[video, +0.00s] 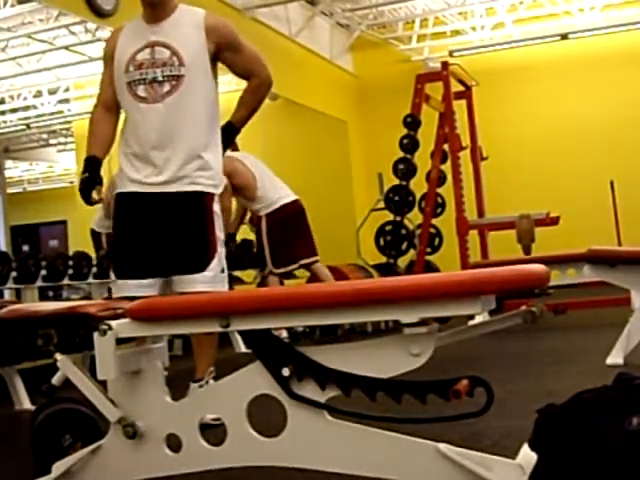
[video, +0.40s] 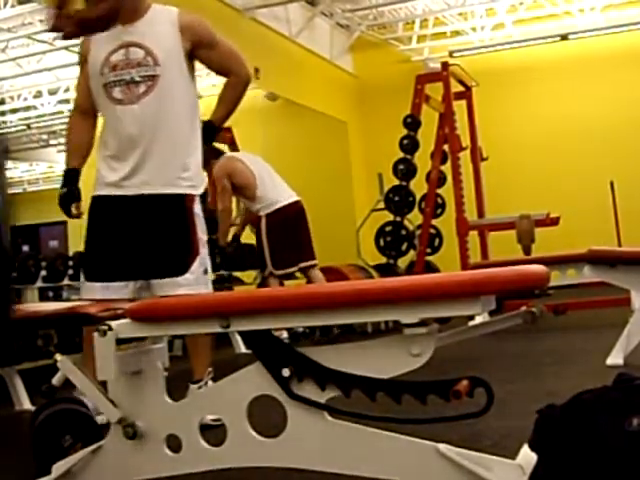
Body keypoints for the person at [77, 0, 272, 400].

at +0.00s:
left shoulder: (209, 29)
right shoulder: (119, 39)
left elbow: (261, 78)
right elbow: (106, 106)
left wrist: (232, 129)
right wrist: (93, 161)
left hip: (193, 179)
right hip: (135, 182)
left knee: (201, 294)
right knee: (135, 297)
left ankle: (203, 383)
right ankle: (143, 387)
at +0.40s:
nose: (92, 10)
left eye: (96, 4)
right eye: (89, 8)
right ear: (98, 2)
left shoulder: (182, 26)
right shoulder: (93, 41)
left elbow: (240, 73)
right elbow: (83, 112)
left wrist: (211, 128)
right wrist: (71, 175)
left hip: (174, 187)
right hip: (113, 191)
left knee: (191, 302)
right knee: (99, 308)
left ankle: (202, 391)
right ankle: (96, 400)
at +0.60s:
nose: (83, 7)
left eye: (93, 2)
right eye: (81, 2)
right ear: (76, 1)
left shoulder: (150, 26)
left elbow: (211, 78)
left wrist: (190, 129)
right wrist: (190, 129)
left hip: (146, 186)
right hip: (86, 191)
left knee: (174, 296)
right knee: (86, 308)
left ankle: (199, 386)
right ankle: (90, 399)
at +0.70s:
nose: (73, 9)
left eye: (78, 4)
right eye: (73, 5)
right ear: (74, 5)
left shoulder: (138, 28)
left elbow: (196, 79)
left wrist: (179, 134)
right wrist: (180, 132)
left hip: (134, 184)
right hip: (82, 189)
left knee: (161, 296)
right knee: (77, 306)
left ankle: (195, 382)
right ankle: (86, 397)